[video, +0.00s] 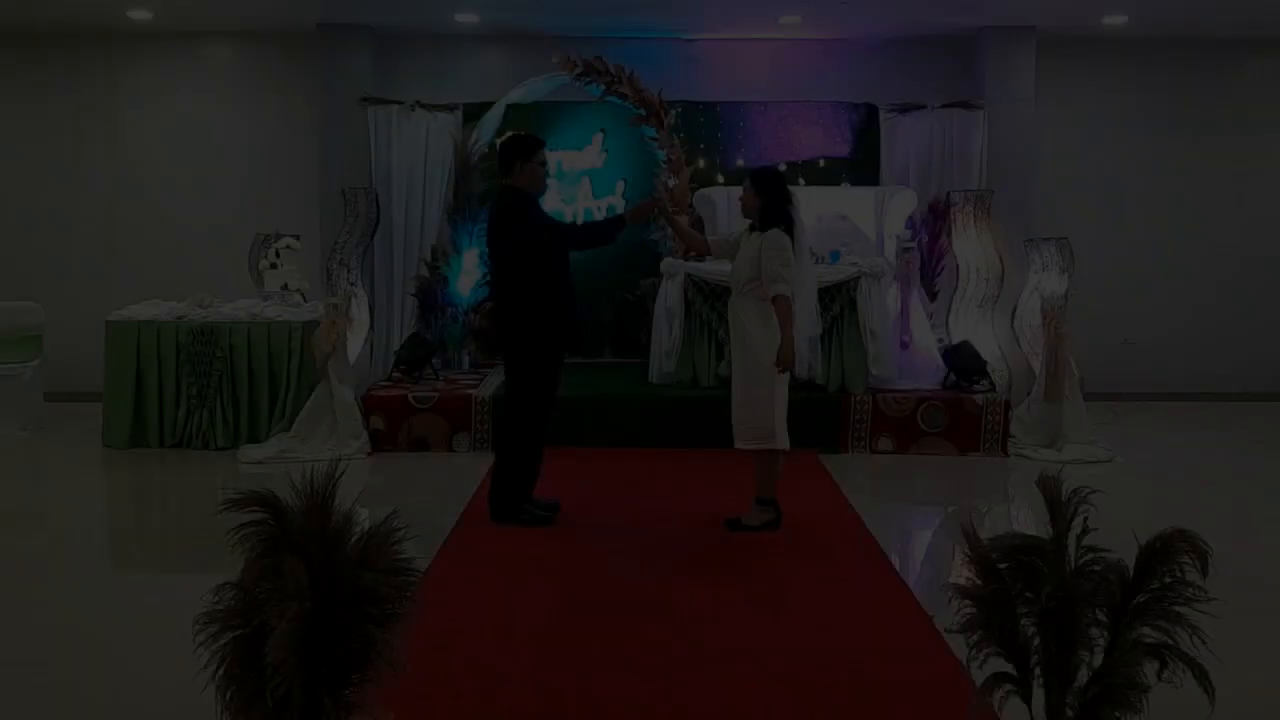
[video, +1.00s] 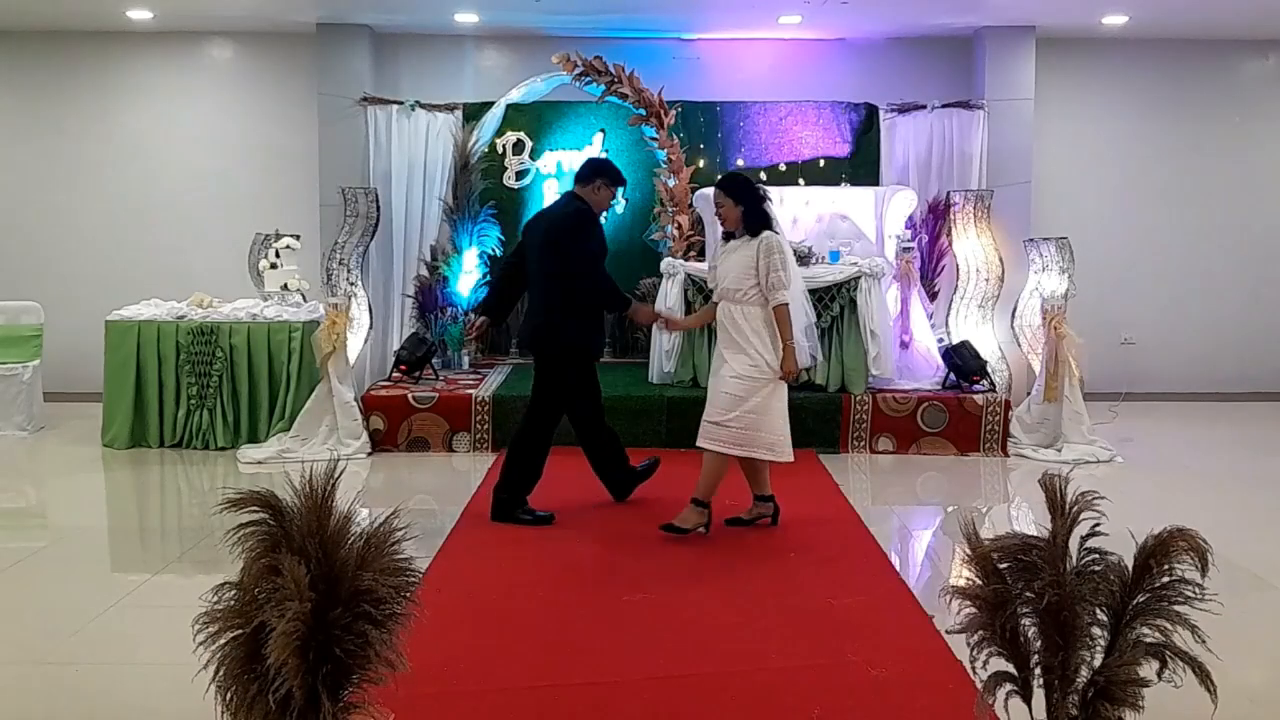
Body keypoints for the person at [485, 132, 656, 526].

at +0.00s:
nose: (546, 173)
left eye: (545, 166)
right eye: (540, 166)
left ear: (519, 170)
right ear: (520, 170)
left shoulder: (517, 209)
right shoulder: (515, 210)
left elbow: (566, 237)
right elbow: (566, 238)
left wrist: (621, 221)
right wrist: (624, 220)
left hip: (531, 325)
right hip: (530, 327)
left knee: (530, 412)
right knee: (526, 413)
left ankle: (519, 496)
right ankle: (510, 502)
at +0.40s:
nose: (548, 174)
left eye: (547, 167)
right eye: (543, 167)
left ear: (521, 169)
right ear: (521, 169)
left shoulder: (519, 209)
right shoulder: (516, 210)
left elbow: (569, 237)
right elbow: (568, 238)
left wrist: (624, 220)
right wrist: (626, 218)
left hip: (534, 328)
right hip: (530, 330)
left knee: (531, 416)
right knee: (525, 417)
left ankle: (519, 494)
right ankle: (506, 503)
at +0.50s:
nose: (551, 176)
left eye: (550, 169)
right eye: (546, 169)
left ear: (523, 171)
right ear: (524, 170)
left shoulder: (517, 209)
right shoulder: (518, 211)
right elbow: (568, 241)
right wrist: (626, 222)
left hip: (534, 329)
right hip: (533, 331)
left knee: (532, 416)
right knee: (529, 417)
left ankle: (519, 494)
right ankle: (507, 503)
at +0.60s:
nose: (557, 180)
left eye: (557, 172)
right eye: (553, 172)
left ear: (530, 173)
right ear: (533, 172)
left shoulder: (521, 210)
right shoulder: (521, 212)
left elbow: (569, 245)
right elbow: (572, 247)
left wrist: (621, 233)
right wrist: (627, 230)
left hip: (535, 330)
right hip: (533, 333)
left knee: (549, 406)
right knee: (539, 409)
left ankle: (524, 490)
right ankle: (507, 501)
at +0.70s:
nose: (567, 186)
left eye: (568, 179)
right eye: (564, 178)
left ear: (540, 175)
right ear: (546, 175)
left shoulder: (523, 209)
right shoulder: (531, 212)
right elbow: (574, 254)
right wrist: (630, 239)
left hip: (539, 330)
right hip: (538, 333)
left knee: (570, 401)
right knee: (541, 410)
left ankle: (542, 482)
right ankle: (507, 501)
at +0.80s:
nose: (581, 190)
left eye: (582, 183)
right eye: (579, 182)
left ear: (553, 177)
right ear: (563, 177)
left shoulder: (525, 211)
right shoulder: (545, 213)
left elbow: (500, 273)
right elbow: (582, 261)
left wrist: (492, 322)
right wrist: (634, 252)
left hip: (538, 332)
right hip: (547, 335)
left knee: (582, 399)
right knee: (536, 414)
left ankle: (578, 485)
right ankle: (508, 502)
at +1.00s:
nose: (611, 202)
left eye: (613, 195)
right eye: (610, 193)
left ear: (581, 185)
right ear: (594, 186)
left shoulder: (544, 219)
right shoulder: (583, 220)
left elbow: (515, 269)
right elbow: (593, 276)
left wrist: (489, 312)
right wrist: (630, 307)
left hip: (550, 334)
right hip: (569, 337)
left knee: (587, 411)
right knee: (541, 418)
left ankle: (620, 478)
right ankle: (508, 503)